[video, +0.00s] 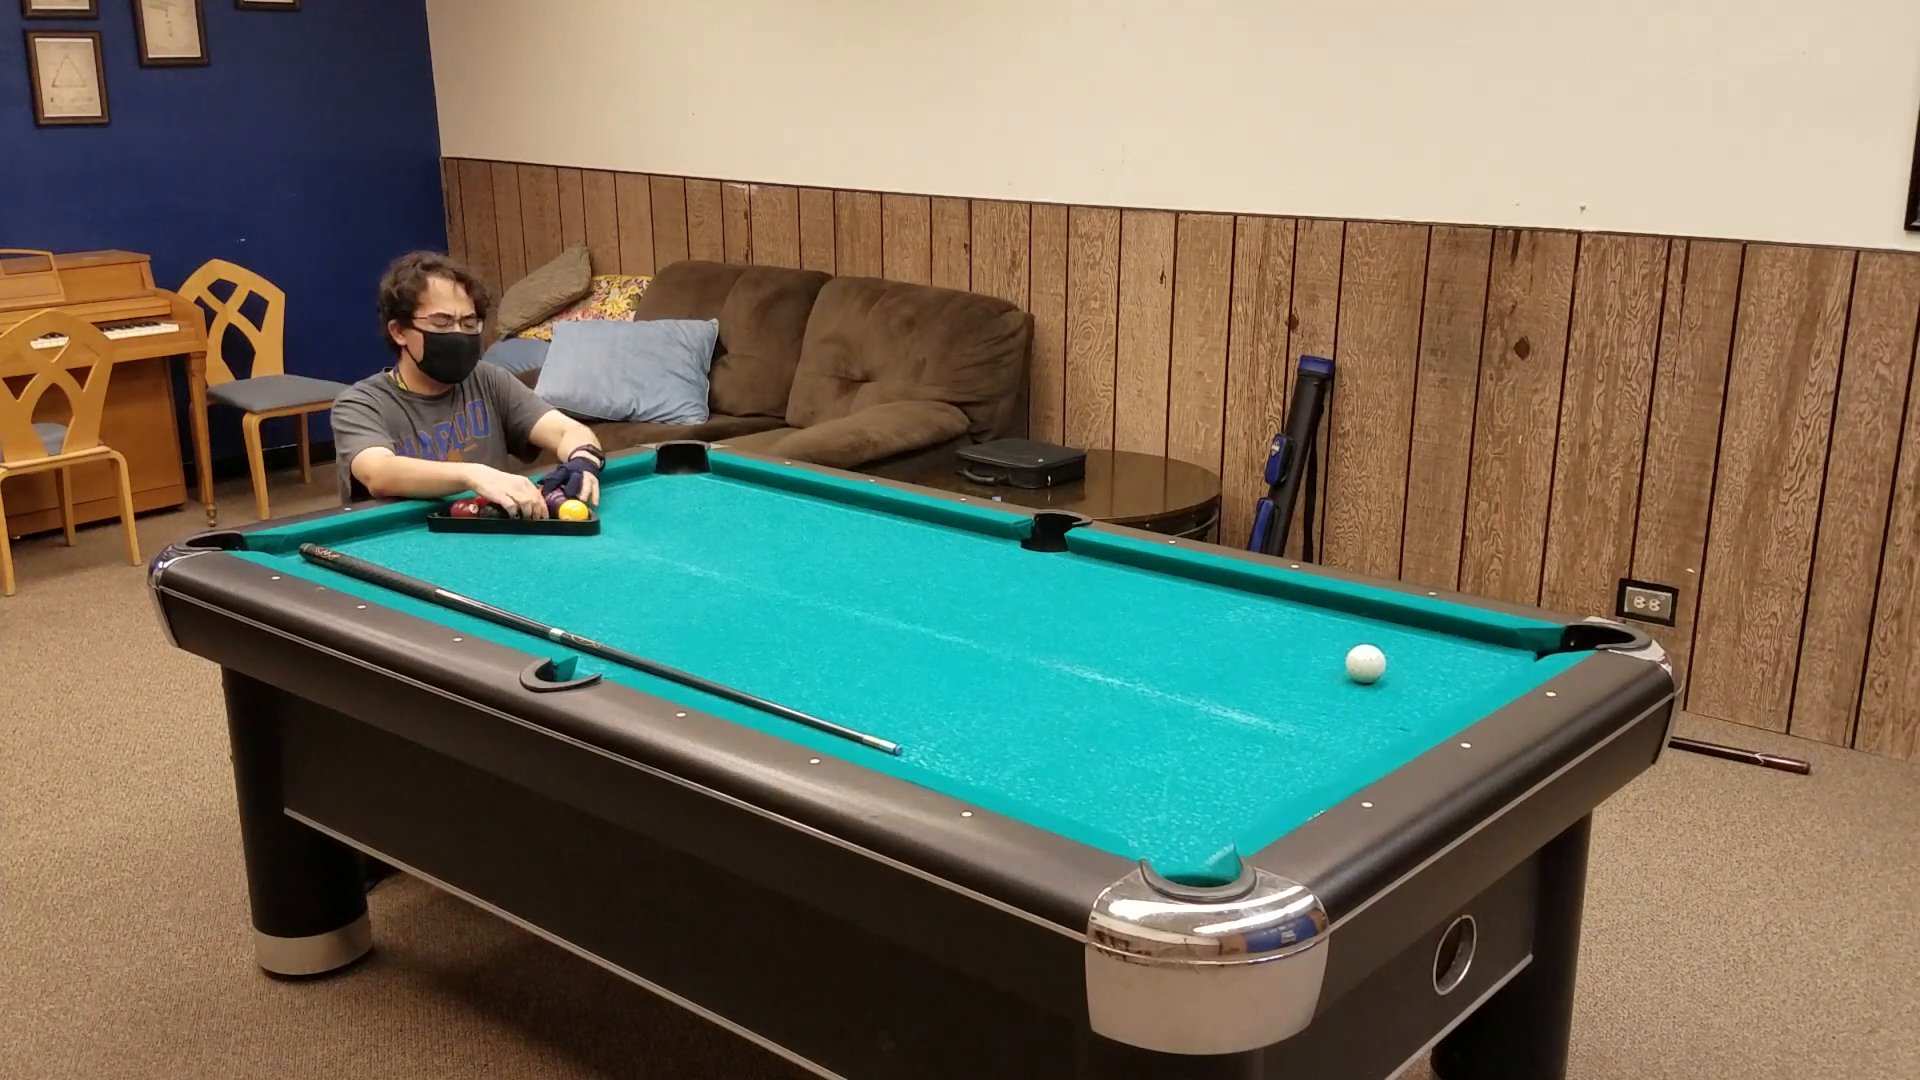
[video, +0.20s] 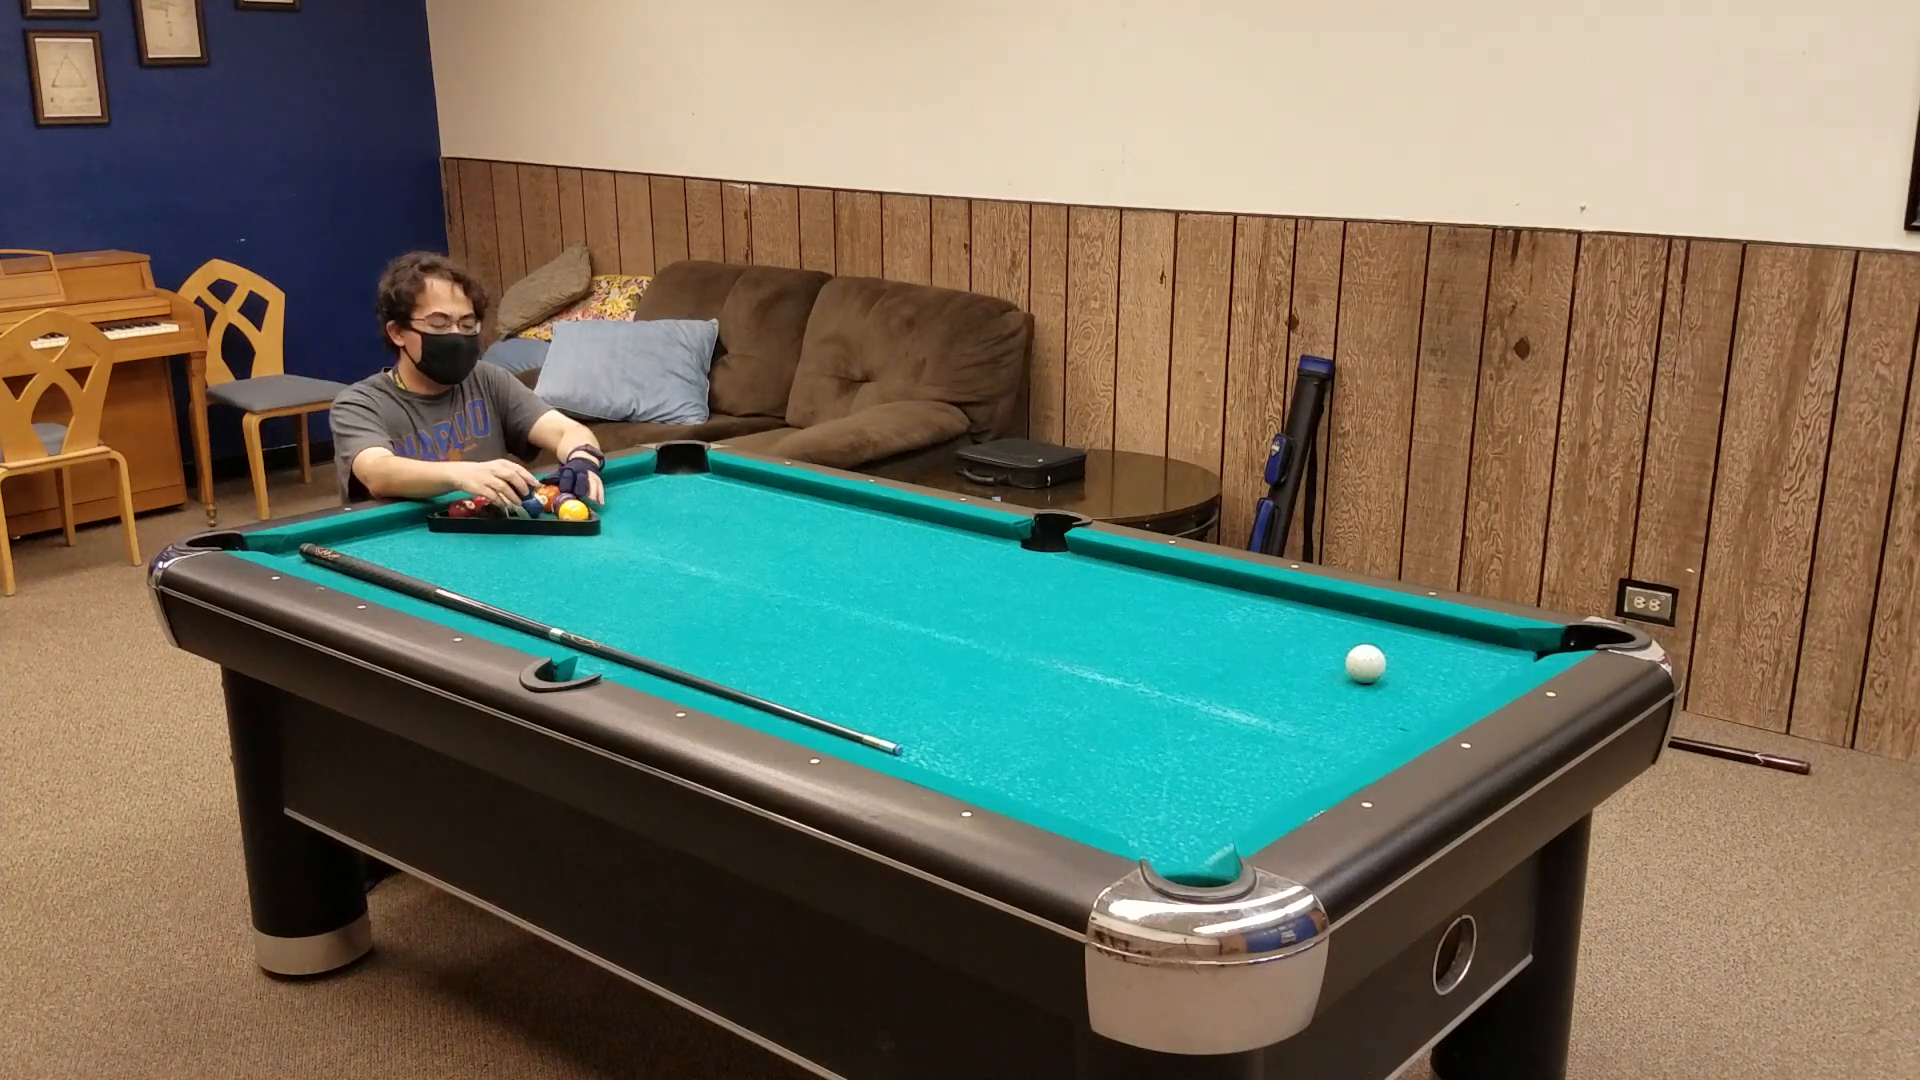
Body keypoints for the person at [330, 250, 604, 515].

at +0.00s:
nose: (459, 334)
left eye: (468, 322)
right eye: (442, 322)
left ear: (479, 324)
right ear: (399, 331)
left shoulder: (488, 381)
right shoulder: (362, 404)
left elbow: (567, 431)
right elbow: (379, 475)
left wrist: (584, 458)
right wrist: (475, 474)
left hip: (499, 558)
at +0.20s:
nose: (457, 335)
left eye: (466, 322)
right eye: (439, 322)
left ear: (478, 324)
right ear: (398, 333)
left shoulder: (488, 381)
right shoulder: (361, 404)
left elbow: (567, 432)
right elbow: (379, 474)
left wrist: (582, 457)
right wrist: (461, 473)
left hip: (501, 553)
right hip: (409, 567)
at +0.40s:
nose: (455, 338)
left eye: (464, 325)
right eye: (438, 325)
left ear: (476, 325)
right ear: (396, 333)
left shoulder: (486, 381)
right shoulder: (358, 405)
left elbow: (566, 432)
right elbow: (383, 474)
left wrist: (579, 456)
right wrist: (464, 470)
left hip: (498, 553)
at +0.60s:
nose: (454, 339)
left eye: (462, 325)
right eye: (436, 326)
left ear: (472, 325)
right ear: (393, 335)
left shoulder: (485, 381)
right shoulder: (358, 405)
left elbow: (563, 431)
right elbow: (378, 474)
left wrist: (581, 455)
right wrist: (448, 480)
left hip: (501, 557)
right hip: (407, 571)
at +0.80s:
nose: (455, 339)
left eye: (463, 326)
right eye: (437, 327)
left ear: (473, 325)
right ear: (394, 336)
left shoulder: (485, 382)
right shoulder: (357, 405)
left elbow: (564, 431)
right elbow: (376, 475)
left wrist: (584, 459)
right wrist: (445, 477)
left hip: (500, 557)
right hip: (407, 570)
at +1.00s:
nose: (456, 339)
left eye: (465, 326)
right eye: (439, 326)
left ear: (476, 326)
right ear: (396, 334)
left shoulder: (486, 382)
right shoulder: (357, 405)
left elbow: (567, 432)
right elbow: (365, 481)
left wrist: (583, 458)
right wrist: (442, 453)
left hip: (501, 551)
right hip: (409, 566)